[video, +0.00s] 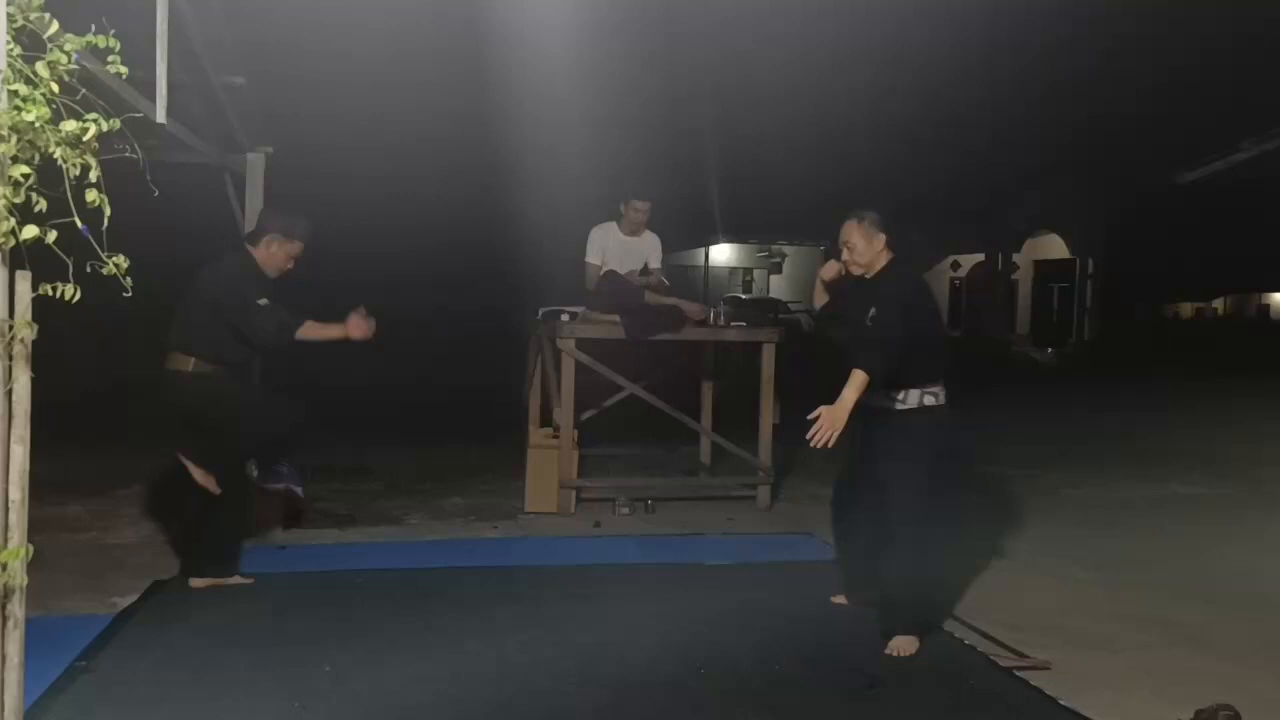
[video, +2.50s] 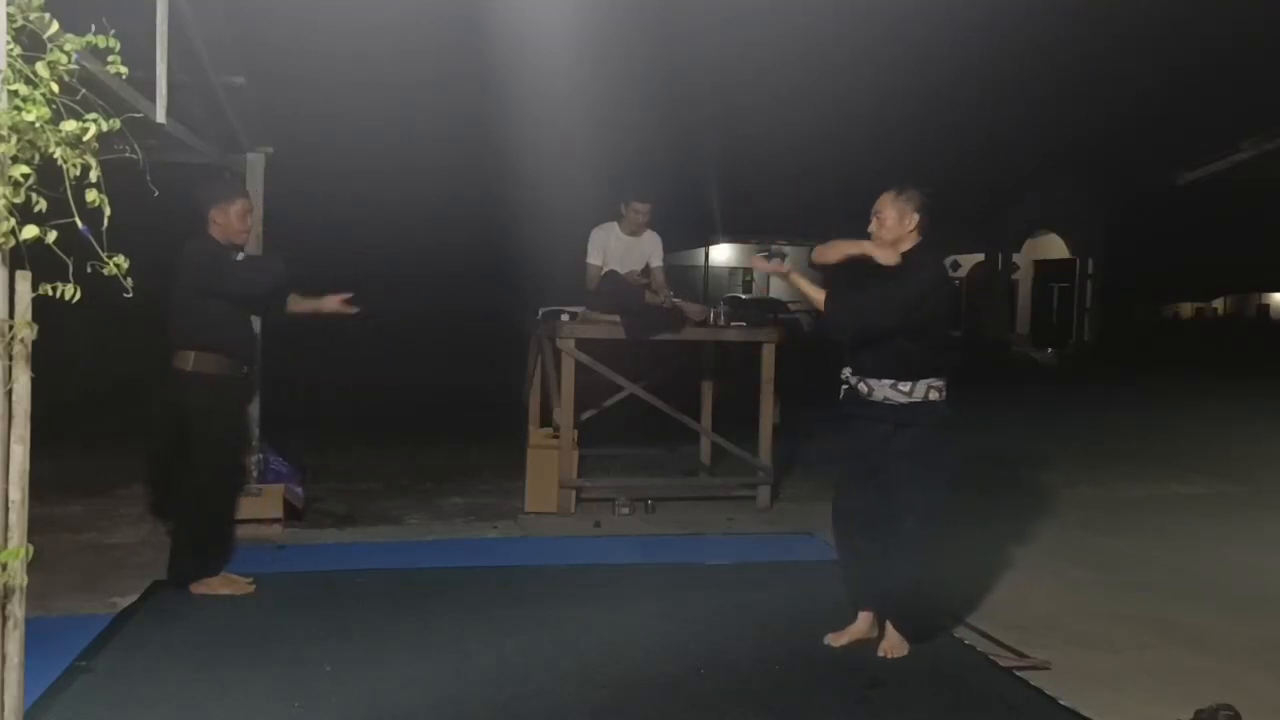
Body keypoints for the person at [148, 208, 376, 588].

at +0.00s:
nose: (291, 266)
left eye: (295, 259)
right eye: (290, 256)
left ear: (268, 245)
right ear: (268, 243)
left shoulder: (234, 270)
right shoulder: (238, 276)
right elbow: (278, 328)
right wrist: (345, 330)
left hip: (194, 378)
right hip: (199, 383)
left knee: (221, 475)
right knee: (225, 476)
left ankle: (211, 567)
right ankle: (208, 569)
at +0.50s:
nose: (306, 337)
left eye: (306, 329)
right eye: (302, 328)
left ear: (276, 326)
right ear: (276, 326)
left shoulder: (257, 357)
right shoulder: (249, 359)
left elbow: (266, 433)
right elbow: (278, 430)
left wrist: (299, 476)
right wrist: (332, 432)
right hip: (187, 455)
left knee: (279, 498)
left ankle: (234, 564)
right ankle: (213, 575)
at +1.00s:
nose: (269, 226)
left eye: (269, 218)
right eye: (263, 218)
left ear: (241, 221)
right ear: (239, 220)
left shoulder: (230, 258)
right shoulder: (228, 261)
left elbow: (278, 282)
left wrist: (304, 256)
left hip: (214, 383)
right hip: (205, 385)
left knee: (214, 473)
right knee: (212, 475)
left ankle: (208, 565)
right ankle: (202, 572)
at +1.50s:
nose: (258, 218)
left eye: (257, 210)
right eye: (251, 211)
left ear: (229, 216)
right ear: (227, 216)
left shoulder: (224, 258)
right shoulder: (211, 260)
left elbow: (273, 282)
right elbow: (262, 288)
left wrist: (321, 257)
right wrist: (295, 266)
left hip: (218, 386)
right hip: (203, 389)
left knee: (217, 476)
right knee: (209, 477)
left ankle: (207, 566)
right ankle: (198, 572)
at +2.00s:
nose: (238, 221)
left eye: (242, 213)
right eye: (228, 213)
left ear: (247, 218)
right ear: (205, 218)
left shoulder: (230, 262)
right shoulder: (202, 253)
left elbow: (280, 300)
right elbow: (246, 264)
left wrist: (269, 265)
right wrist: (298, 255)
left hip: (224, 383)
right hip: (202, 383)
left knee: (219, 474)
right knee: (210, 475)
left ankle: (208, 566)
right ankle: (200, 572)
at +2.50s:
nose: (249, 223)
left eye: (250, 214)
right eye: (242, 215)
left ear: (227, 219)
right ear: (215, 218)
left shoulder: (222, 262)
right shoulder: (202, 259)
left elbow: (266, 300)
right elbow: (257, 285)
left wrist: (319, 305)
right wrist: (271, 258)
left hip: (220, 382)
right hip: (203, 383)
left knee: (216, 473)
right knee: (213, 474)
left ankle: (201, 568)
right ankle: (200, 572)